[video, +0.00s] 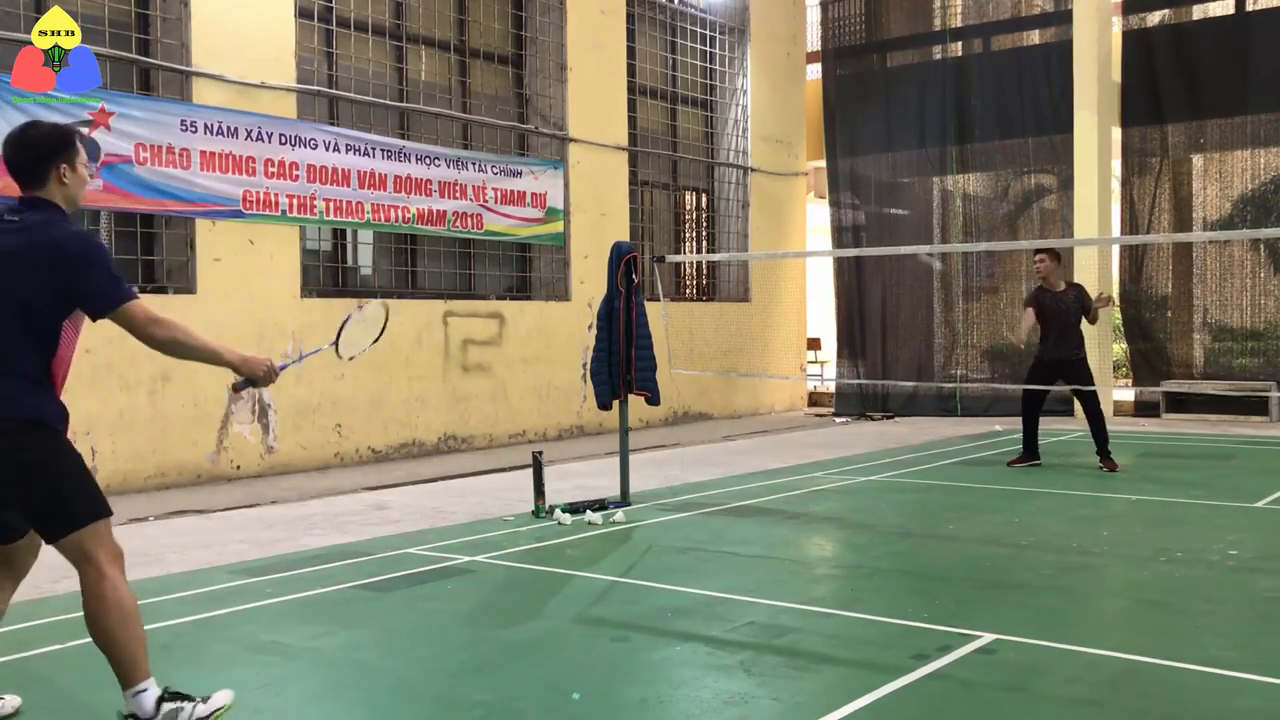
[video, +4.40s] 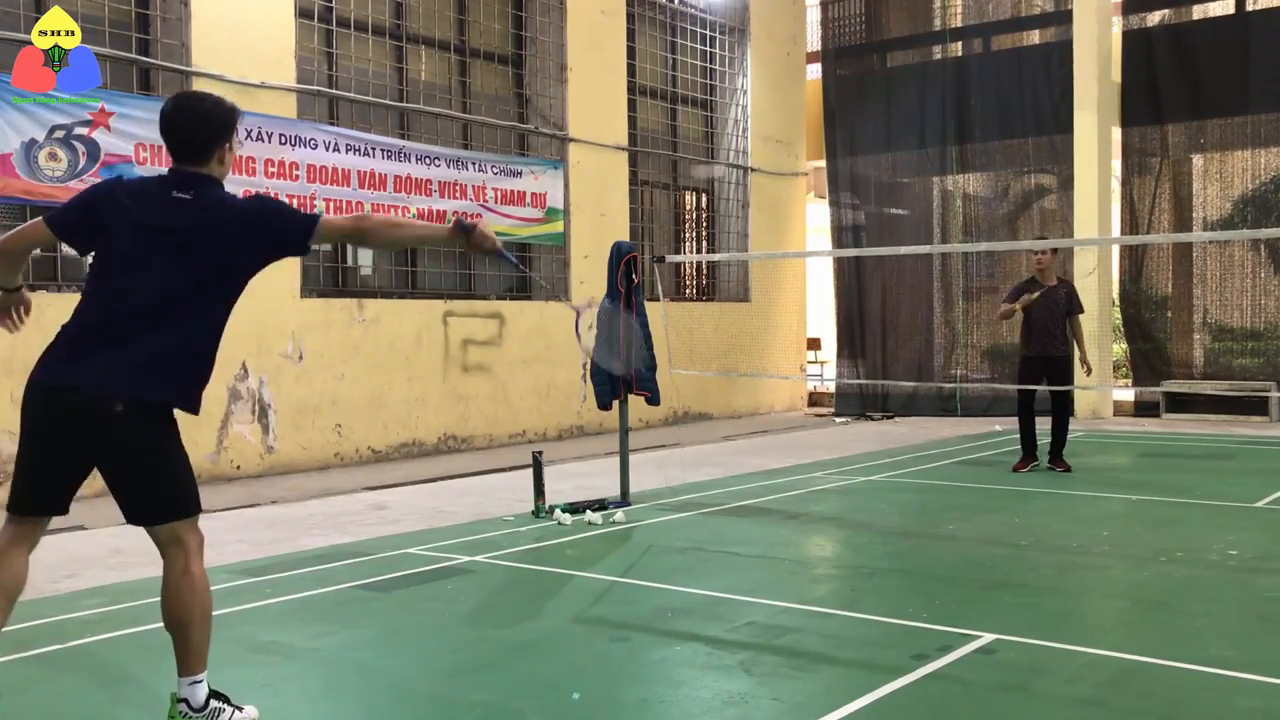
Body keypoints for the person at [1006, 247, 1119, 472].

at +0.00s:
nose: (1036, 266)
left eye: (1041, 262)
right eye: (1035, 263)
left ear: (1055, 263)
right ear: (1035, 267)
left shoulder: (1077, 290)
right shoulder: (1037, 295)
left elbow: (1092, 319)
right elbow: (1029, 318)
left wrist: (1095, 306)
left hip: (1074, 359)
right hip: (1046, 359)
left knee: (1091, 406)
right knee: (1029, 401)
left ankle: (1105, 455)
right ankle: (1030, 453)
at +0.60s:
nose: (1052, 259)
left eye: (1057, 255)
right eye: (1049, 256)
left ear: (1068, 258)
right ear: (1045, 260)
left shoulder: (1081, 290)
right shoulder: (1038, 289)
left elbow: (1091, 319)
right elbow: (1020, 314)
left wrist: (1111, 313)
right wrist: (1035, 315)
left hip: (1073, 358)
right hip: (1044, 358)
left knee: (1085, 405)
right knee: (1033, 405)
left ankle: (1087, 455)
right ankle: (1030, 453)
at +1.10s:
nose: (1033, 259)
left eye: (1038, 255)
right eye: (1029, 256)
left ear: (1048, 260)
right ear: (1025, 261)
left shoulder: (1062, 288)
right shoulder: (1021, 290)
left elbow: (1072, 313)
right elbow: (1007, 310)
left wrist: (1101, 326)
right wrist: (999, 323)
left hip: (1061, 357)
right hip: (1032, 358)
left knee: (1076, 404)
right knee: (1027, 408)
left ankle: (1083, 453)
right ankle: (1029, 456)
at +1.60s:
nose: (1034, 258)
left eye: (1039, 253)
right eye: (1031, 254)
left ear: (1050, 256)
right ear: (1027, 258)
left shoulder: (1063, 287)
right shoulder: (1021, 287)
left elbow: (1072, 320)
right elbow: (997, 311)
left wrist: (1084, 349)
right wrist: (1018, 295)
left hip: (1059, 356)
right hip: (1031, 356)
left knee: (1059, 409)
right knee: (1024, 407)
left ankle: (1052, 455)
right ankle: (1027, 453)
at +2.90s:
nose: (1031, 255)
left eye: (1036, 251)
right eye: (1028, 252)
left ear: (1045, 255)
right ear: (1024, 256)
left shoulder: (1056, 288)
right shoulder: (1016, 284)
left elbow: (1063, 322)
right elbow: (1009, 300)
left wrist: (1078, 349)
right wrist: (1008, 305)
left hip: (1050, 354)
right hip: (1022, 354)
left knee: (1060, 402)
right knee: (1016, 405)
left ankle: (1056, 450)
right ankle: (1016, 456)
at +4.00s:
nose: (1020, 257)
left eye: (1025, 253)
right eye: (1017, 254)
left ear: (1036, 258)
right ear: (1014, 260)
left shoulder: (1054, 285)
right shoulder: (1011, 291)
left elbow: (1069, 317)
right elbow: (1000, 316)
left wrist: (1087, 344)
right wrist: (998, 330)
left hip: (1056, 355)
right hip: (1028, 357)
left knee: (1062, 405)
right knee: (1026, 407)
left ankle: (1058, 453)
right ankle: (1029, 457)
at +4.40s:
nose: (1038, 257)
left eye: (1043, 253)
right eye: (1034, 253)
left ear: (1053, 257)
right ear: (1030, 258)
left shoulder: (1066, 287)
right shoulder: (1024, 287)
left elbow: (1074, 322)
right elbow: (1001, 314)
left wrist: (1083, 353)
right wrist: (1020, 304)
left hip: (1060, 356)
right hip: (1031, 356)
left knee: (1061, 408)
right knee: (1024, 405)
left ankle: (1056, 457)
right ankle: (1029, 455)